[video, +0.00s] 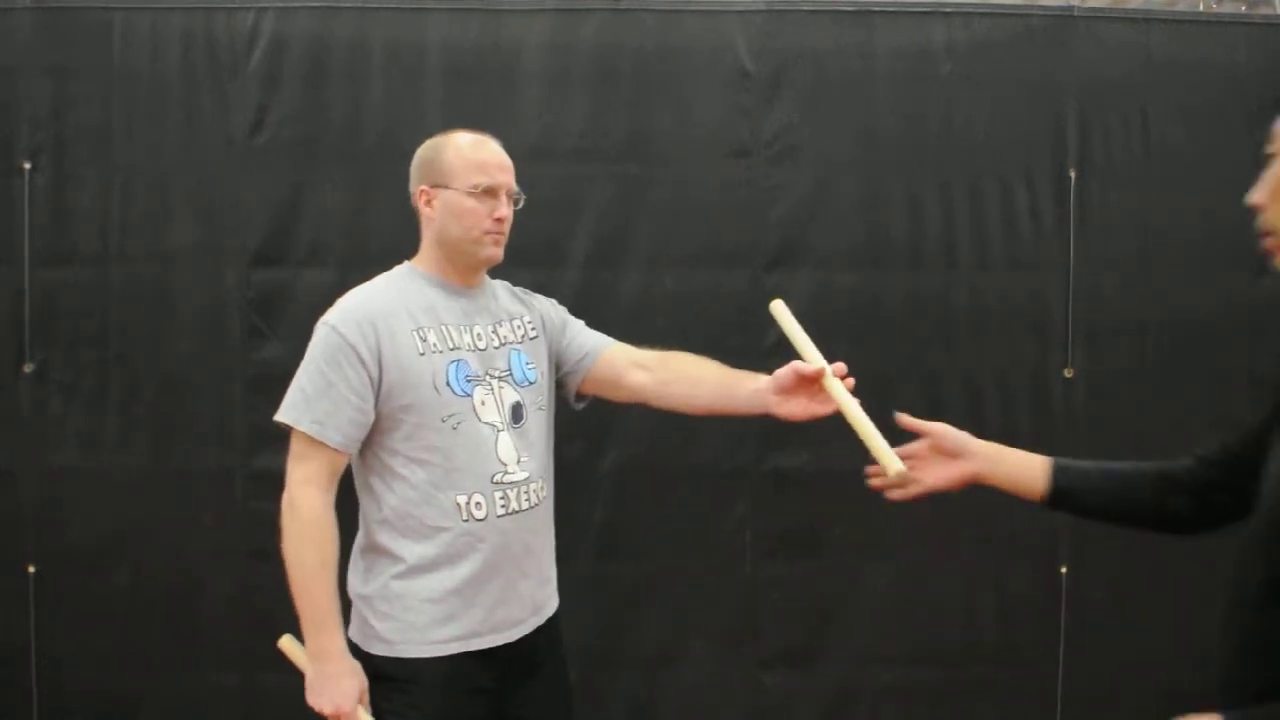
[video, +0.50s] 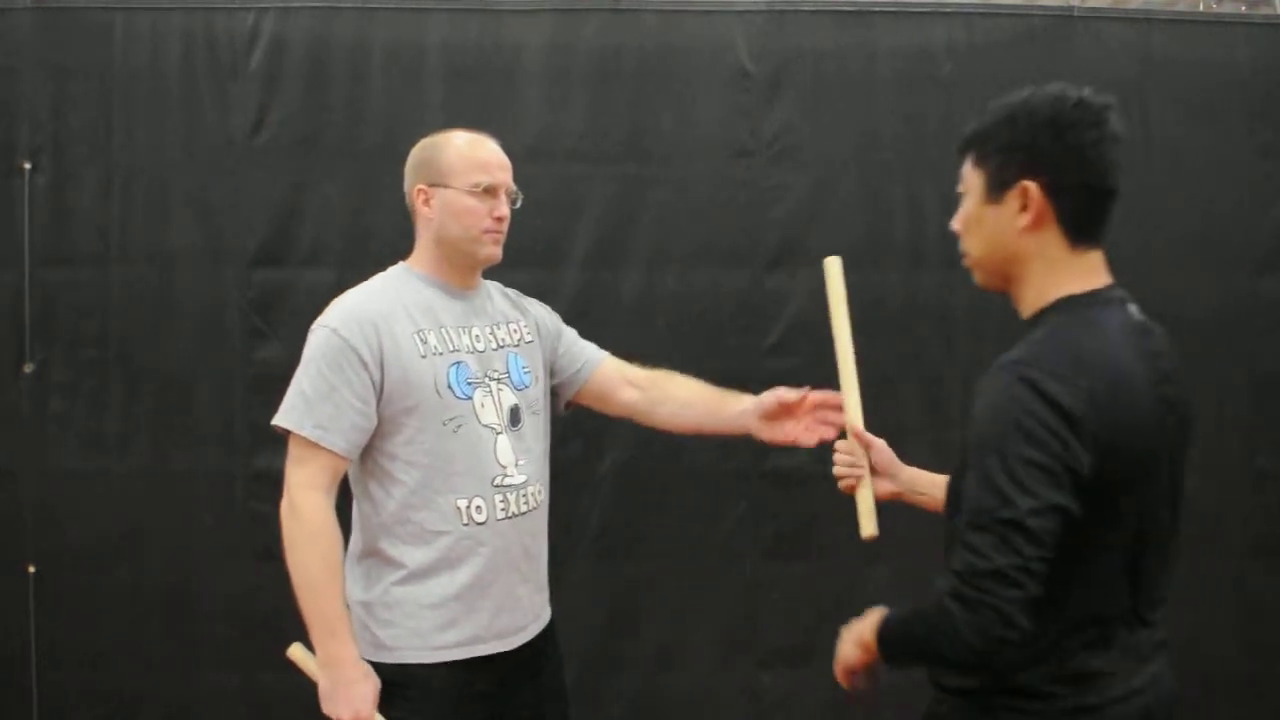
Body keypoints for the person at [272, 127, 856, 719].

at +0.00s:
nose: (505, 212)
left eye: (510, 196)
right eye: (485, 194)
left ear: (513, 205)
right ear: (426, 201)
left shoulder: (530, 315)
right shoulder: (361, 323)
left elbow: (640, 372)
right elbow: (307, 490)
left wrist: (766, 394)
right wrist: (327, 653)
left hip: (530, 635)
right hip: (415, 654)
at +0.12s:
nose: (507, 211)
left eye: (511, 196)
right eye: (487, 193)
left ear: (514, 205)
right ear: (426, 200)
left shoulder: (530, 315)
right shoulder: (361, 323)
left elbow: (640, 372)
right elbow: (310, 491)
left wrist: (768, 393)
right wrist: (335, 656)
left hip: (530, 635)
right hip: (416, 654)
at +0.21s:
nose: (506, 211)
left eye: (511, 196)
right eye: (486, 193)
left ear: (515, 206)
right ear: (427, 200)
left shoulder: (529, 315)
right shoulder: (362, 323)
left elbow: (639, 373)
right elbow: (311, 491)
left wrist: (768, 393)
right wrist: (338, 657)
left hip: (530, 635)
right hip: (416, 654)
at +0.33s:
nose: (507, 211)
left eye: (512, 195)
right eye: (487, 192)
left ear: (516, 204)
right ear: (428, 200)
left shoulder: (529, 316)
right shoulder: (363, 323)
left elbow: (639, 374)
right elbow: (311, 492)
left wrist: (764, 393)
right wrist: (339, 659)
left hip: (529, 638)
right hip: (417, 657)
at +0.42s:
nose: (507, 212)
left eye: (511, 197)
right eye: (487, 194)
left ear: (513, 208)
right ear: (427, 201)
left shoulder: (527, 317)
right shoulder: (362, 324)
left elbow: (641, 378)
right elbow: (310, 495)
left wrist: (762, 398)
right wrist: (340, 662)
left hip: (529, 640)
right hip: (416, 658)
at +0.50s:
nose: (503, 210)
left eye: (508, 195)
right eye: (483, 192)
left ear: (511, 205)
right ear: (423, 200)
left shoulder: (523, 318)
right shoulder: (358, 324)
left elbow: (634, 388)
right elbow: (305, 497)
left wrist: (751, 414)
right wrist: (339, 665)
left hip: (526, 644)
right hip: (413, 662)